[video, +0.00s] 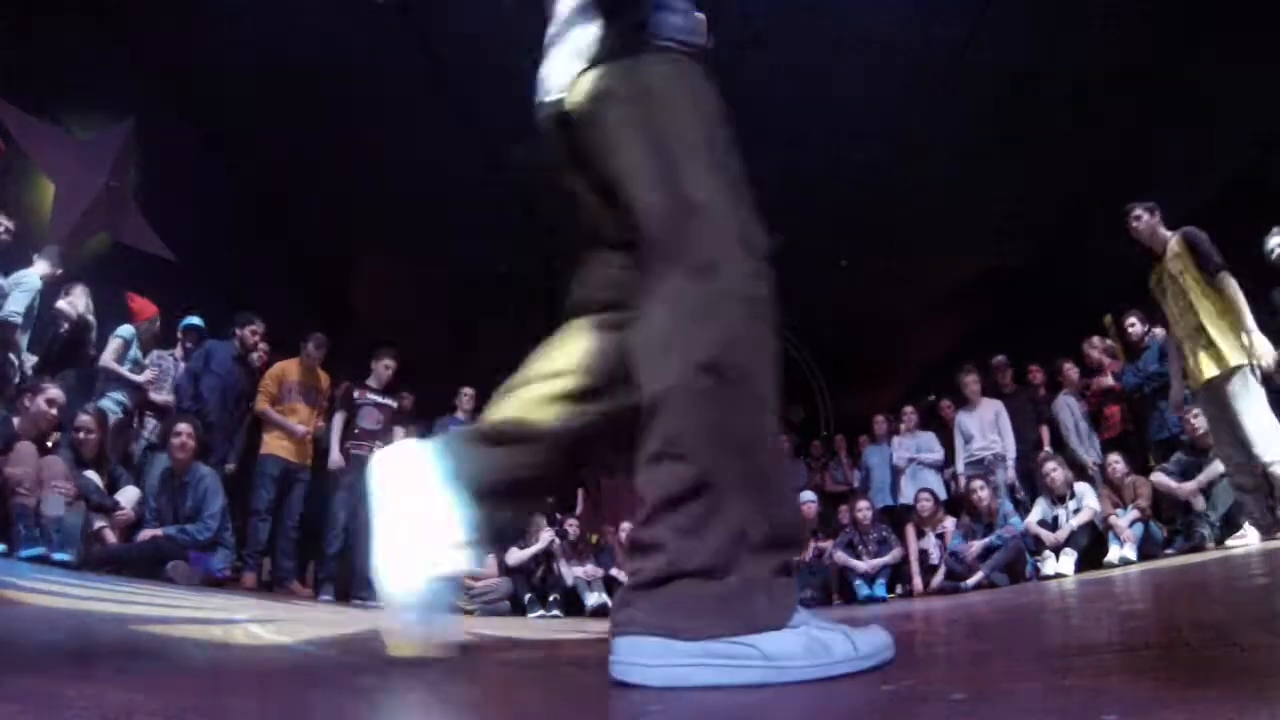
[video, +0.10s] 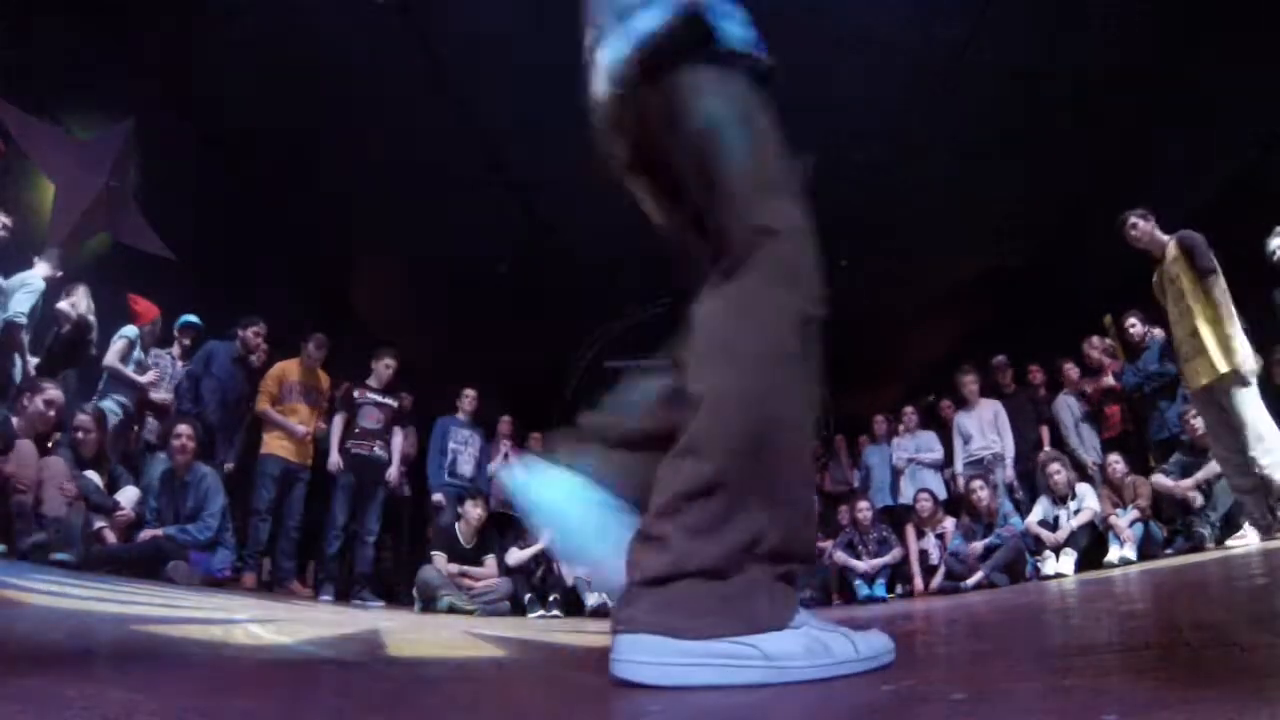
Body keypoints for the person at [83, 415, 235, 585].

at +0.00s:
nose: (183, 441)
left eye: (189, 437)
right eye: (177, 435)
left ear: (197, 445)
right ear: (168, 443)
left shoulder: (207, 478)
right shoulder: (164, 475)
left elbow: (206, 532)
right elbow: (152, 518)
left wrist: (162, 533)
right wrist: (149, 537)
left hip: (210, 551)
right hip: (175, 546)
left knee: (158, 547)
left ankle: (93, 557)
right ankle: (174, 573)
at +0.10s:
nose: (183, 444)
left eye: (189, 439)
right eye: (177, 437)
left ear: (197, 446)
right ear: (169, 443)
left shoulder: (208, 478)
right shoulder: (164, 476)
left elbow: (206, 532)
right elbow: (152, 520)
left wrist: (163, 533)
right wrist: (149, 538)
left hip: (210, 554)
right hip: (174, 547)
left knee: (158, 546)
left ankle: (90, 557)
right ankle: (176, 573)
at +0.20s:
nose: (183, 445)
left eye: (189, 440)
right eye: (177, 439)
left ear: (196, 446)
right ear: (168, 445)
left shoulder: (208, 478)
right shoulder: (163, 477)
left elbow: (207, 532)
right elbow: (152, 521)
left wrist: (163, 533)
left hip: (210, 553)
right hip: (175, 546)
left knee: (158, 546)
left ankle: (94, 555)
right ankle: (179, 574)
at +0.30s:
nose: (183, 444)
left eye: (189, 438)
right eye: (177, 438)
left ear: (197, 445)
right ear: (168, 444)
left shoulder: (208, 478)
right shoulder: (163, 476)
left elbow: (207, 532)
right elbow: (152, 520)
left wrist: (163, 534)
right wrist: (152, 536)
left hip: (210, 554)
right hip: (174, 547)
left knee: (157, 546)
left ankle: (93, 555)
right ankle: (179, 574)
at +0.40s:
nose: (184, 442)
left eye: (190, 437)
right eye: (178, 436)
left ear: (197, 444)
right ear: (168, 443)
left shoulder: (208, 478)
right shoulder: (162, 477)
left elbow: (207, 532)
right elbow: (152, 521)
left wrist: (164, 533)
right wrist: (153, 536)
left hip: (210, 554)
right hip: (174, 547)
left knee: (157, 546)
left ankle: (93, 555)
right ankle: (180, 574)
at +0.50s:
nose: (183, 441)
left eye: (189, 436)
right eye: (177, 436)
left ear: (197, 444)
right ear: (168, 442)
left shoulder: (207, 477)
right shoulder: (162, 477)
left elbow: (207, 531)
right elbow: (152, 520)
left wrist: (163, 533)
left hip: (210, 553)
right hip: (174, 547)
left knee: (157, 546)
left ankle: (92, 556)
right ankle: (181, 575)